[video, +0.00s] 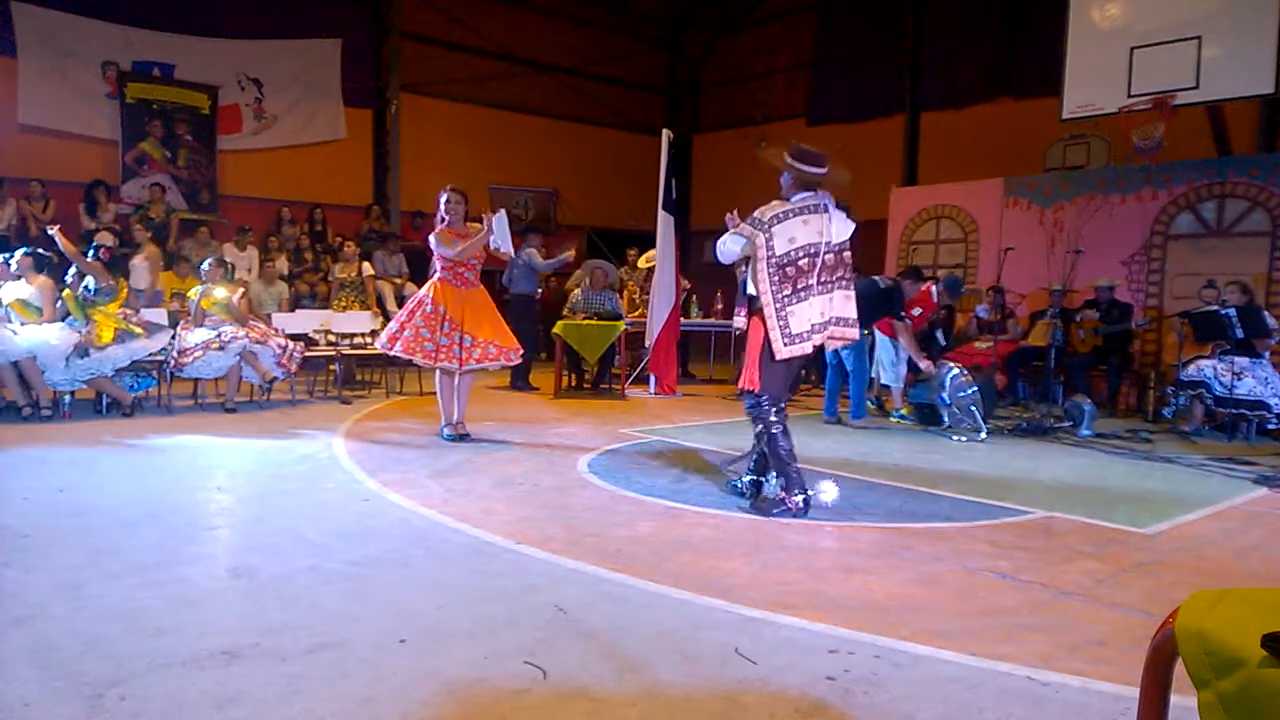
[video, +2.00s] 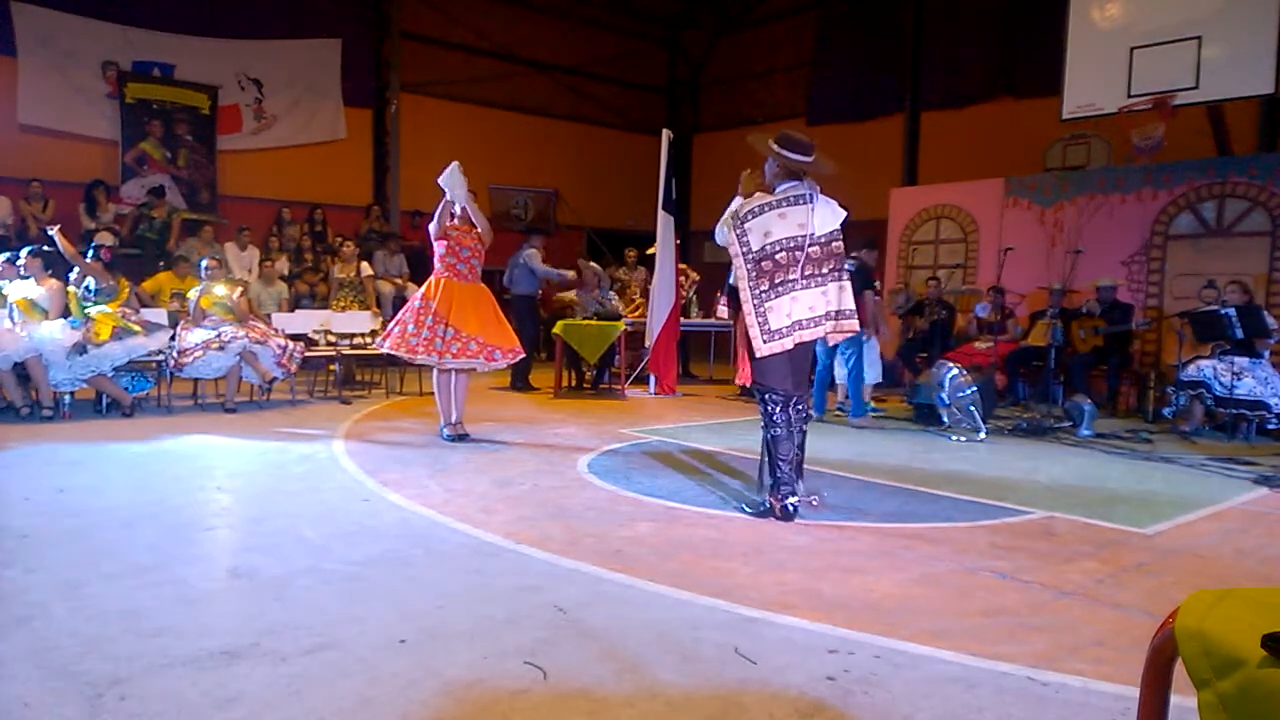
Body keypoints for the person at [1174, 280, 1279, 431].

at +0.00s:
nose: (1226, 296)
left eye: (1231, 293)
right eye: (1225, 293)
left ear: (1245, 297)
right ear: (1222, 296)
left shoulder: (1258, 315)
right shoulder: (1220, 315)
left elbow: (1265, 345)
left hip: (1253, 364)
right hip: (1224, 362)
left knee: (1245, 381)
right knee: (1199, 368)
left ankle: (1241, 426)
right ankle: (1196, 421)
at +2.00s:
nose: (1227, 296)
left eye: (1233, 292)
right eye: (1225, 293)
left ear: (1246, 297)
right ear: (1222, 296)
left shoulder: (1257, 314)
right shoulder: (1219, 315)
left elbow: (1264, 345)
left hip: (1253, 364)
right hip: (1223, 362)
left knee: (1246, 381)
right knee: (1198, 368)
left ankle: (1242, 425)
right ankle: (1196, 419)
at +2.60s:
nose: (1239, 297)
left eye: (1243, 293)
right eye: (1234, 293)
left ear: (1249, 296)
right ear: (1226, 297)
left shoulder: (1258, 314)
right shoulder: (1218, 314)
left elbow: (1265, 344)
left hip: (1253, 363)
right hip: (1222, 362)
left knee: (1247, 381)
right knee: (1198, 368)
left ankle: (1243, 426)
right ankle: (1196, 419)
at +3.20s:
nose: (1246, 297)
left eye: (1247, 293)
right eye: (1241, 293)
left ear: (1251, 295)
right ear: (1227, 297)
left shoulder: (1258, 314)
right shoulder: (1216, 315)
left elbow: (1265, 345)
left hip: (1253, 363)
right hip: (1222, 362)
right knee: (1197, 369)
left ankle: (1243, 425)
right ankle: (1196, 420)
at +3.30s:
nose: (1245, 297)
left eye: (1247, 293)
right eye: (1241, 293)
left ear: (1250, 295)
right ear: (1227, 297)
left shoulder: (1258, 314)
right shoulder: (1219, 316)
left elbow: (1265, 346)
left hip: (1254, 364)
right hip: (1224, 362)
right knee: (1197, 369)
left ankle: (1243, 425)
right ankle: (1196, 420)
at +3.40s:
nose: (1246, 297)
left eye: (1247, 293)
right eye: (1241, 293)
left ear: (1250, 295)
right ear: (1227, 297)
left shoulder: (1258, 314)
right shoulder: (1217, 315)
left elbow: (1265, 346)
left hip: (1253, 364)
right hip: (1223, 362)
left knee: (1248, 381)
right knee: (1198, 368)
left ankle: (1243, 425)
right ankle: (1196, 420)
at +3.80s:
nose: (1223, 303)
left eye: (1227, 299)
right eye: (1222, 300)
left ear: (1244, 297)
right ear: (1222, 298)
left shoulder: (1259, 316)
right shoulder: (1220, 316)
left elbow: (1265, 346)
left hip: (1253, 364)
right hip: (1224, 362)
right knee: (1197, 368)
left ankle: (1243, 424)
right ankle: (1196, 420)